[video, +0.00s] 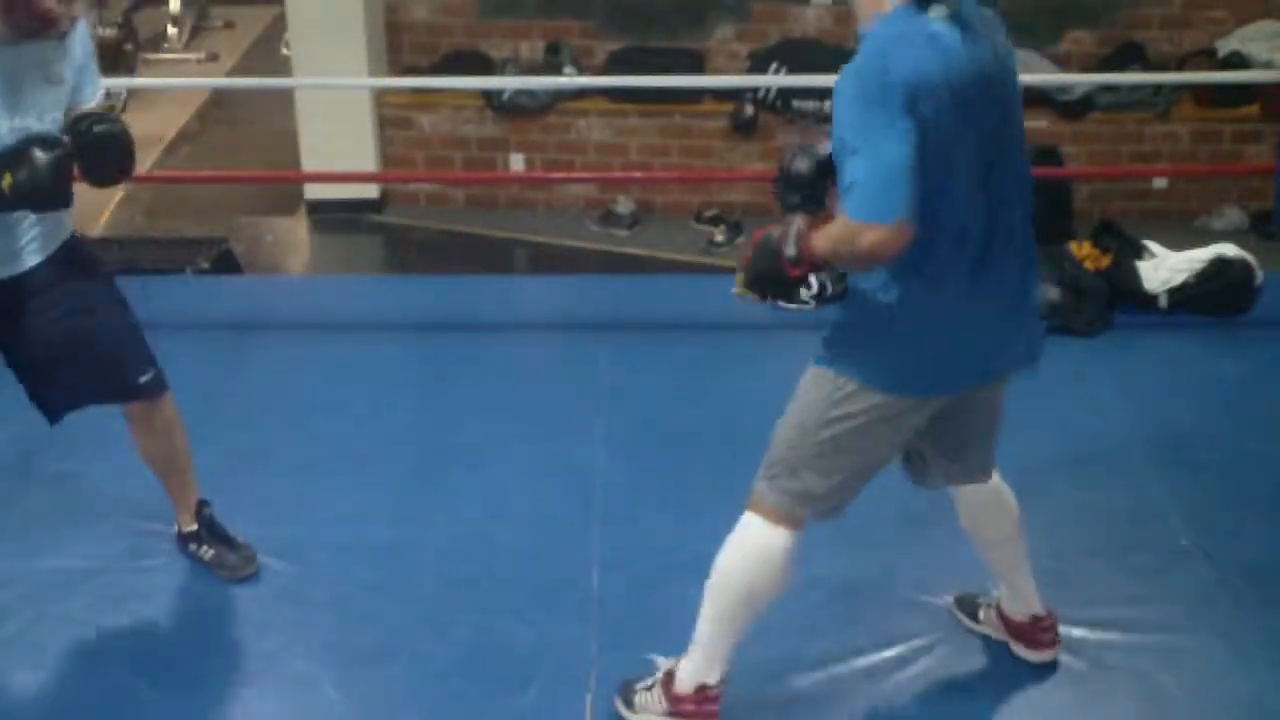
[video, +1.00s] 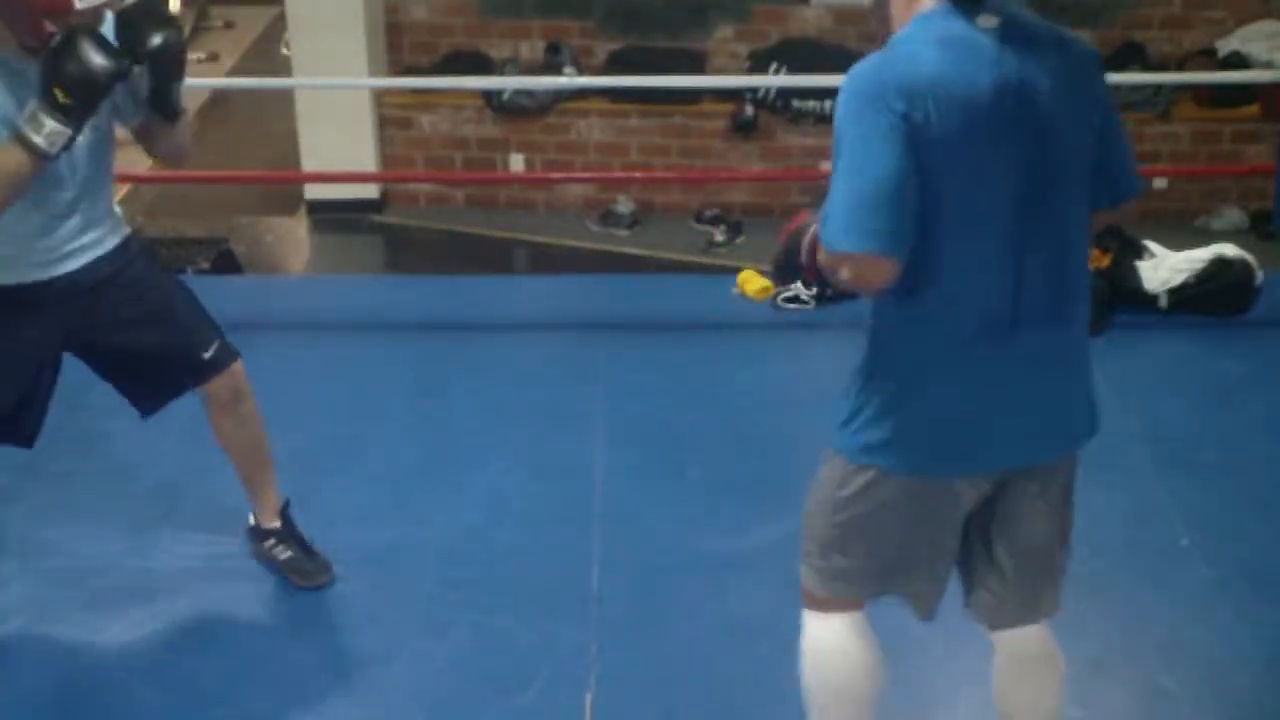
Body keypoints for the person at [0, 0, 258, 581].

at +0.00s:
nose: (59, 12)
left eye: (64, 3)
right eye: (43, 5)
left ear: (71, 3)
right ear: (11, 6)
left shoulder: (68, 30)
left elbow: (89, 112)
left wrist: (103, 146)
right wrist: (7, 183)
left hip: (42, 250)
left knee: (144, 385)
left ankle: (193, 522)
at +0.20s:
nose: (9, 9)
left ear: (9, 13)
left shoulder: (4, 60)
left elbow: (40, 133)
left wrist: (53, 144)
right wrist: (12, 164)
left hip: (8, 263)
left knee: (147, 383)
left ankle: (215, 514)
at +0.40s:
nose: (13, 60)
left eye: (19, 43)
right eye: (1, 46)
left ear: (30, 43)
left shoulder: (30, 80)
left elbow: (83, 198)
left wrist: (85, 147)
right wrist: (26, 160)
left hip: (17, 276)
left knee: (146, 398)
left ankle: (254, 525)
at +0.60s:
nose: (112, 61)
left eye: (118, 41)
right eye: (95, 49)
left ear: (123, 27)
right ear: (39, 45)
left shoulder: (110, 67)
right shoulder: (6, 90)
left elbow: (137, 196)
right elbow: (3, 214)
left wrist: (153, 162)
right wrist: (59, 194)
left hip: (74, 268)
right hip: (4, 293)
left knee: (195, 389)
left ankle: (259, 529)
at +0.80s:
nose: (124, 48)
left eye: (131, 33)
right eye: (109, 39)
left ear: (137, 19)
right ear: (61, 31)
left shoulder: (136, 50)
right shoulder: (8, 61)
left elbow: (190, 165)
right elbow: (7, 200)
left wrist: (200, 112)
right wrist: (91, 143)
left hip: (103, 253)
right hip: (12, 271)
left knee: (208, 383)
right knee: (0, 423)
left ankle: (262, 529)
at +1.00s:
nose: (52, 26)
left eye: (63, 14)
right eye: (39, 15)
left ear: (77, 11)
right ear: (8, 14)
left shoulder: (88, 50)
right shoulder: (3, 71)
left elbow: (172, 151)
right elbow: (3, 190)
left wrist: (164, 86)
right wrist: (54, 114)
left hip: (103, 260)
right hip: (12, 284)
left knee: (224, 374)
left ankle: (271, 522)